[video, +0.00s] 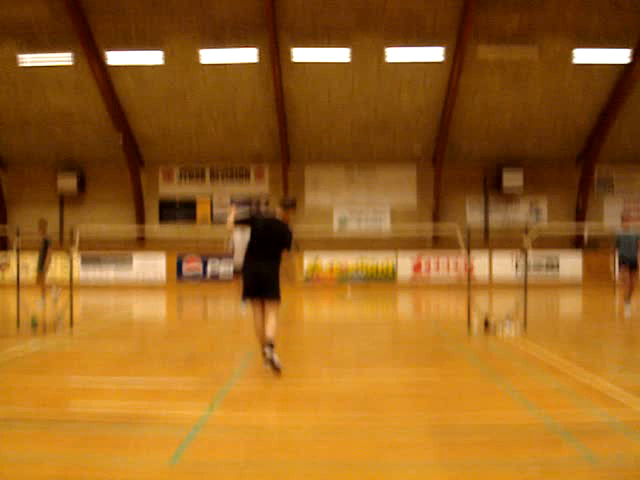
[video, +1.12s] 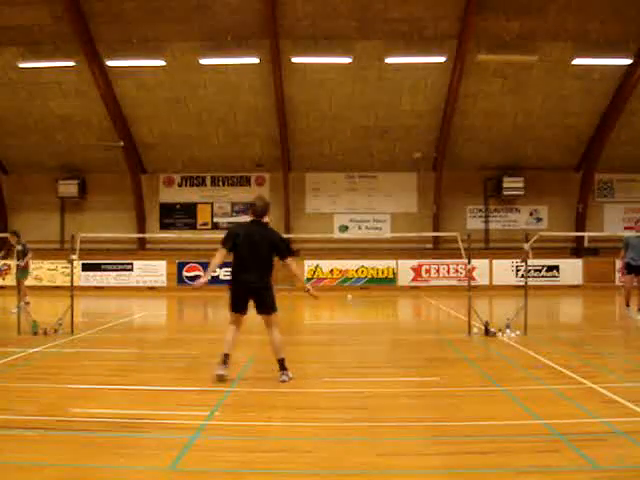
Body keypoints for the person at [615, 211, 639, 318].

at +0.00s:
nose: (626, 225)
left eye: (628, 222)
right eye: (624, 222)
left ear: (630, 223)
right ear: (622, 223)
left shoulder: (635, 236)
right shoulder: (619, 236)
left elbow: (638, 249)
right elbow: (614, 251)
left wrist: (638, 261)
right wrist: (613, 268)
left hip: (633, 260)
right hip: (623, 260)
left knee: (632, 282)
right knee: (624, 281)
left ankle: (628, 301)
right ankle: (626, 302)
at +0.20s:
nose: (628, 224)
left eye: (629, 221)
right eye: (626, 221)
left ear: (632, 221)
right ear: (623, 222)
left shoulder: (636, 235)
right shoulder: (619, 235)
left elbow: (638, 251)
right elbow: (615, 254)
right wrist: (617, 271)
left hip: (635, 262)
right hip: (624, 263)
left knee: (636, 285)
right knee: (625, 286)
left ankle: (632, 301)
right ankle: (626, 306)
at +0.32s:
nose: (631, 225)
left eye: (632, 222)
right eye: (629, 222)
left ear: (633, 223)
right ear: (625, 224)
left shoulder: (637, 235)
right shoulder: (622, 236)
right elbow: (619, 252)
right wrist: (620, 266)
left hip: (636, 263)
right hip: (627, 263)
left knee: (637, 286)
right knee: (626, 286)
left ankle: (637, 306)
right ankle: (626, 307)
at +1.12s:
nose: (637, 227)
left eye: (638, 225)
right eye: (637, 225)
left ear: (637, 226)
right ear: (635, 226)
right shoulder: (629, 239)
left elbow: (623, 253)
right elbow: (623, 253)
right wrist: (621, 266)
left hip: (637, 264)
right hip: (630, 264)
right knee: (628, 286)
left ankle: (637, 309)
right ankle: (628, 306)